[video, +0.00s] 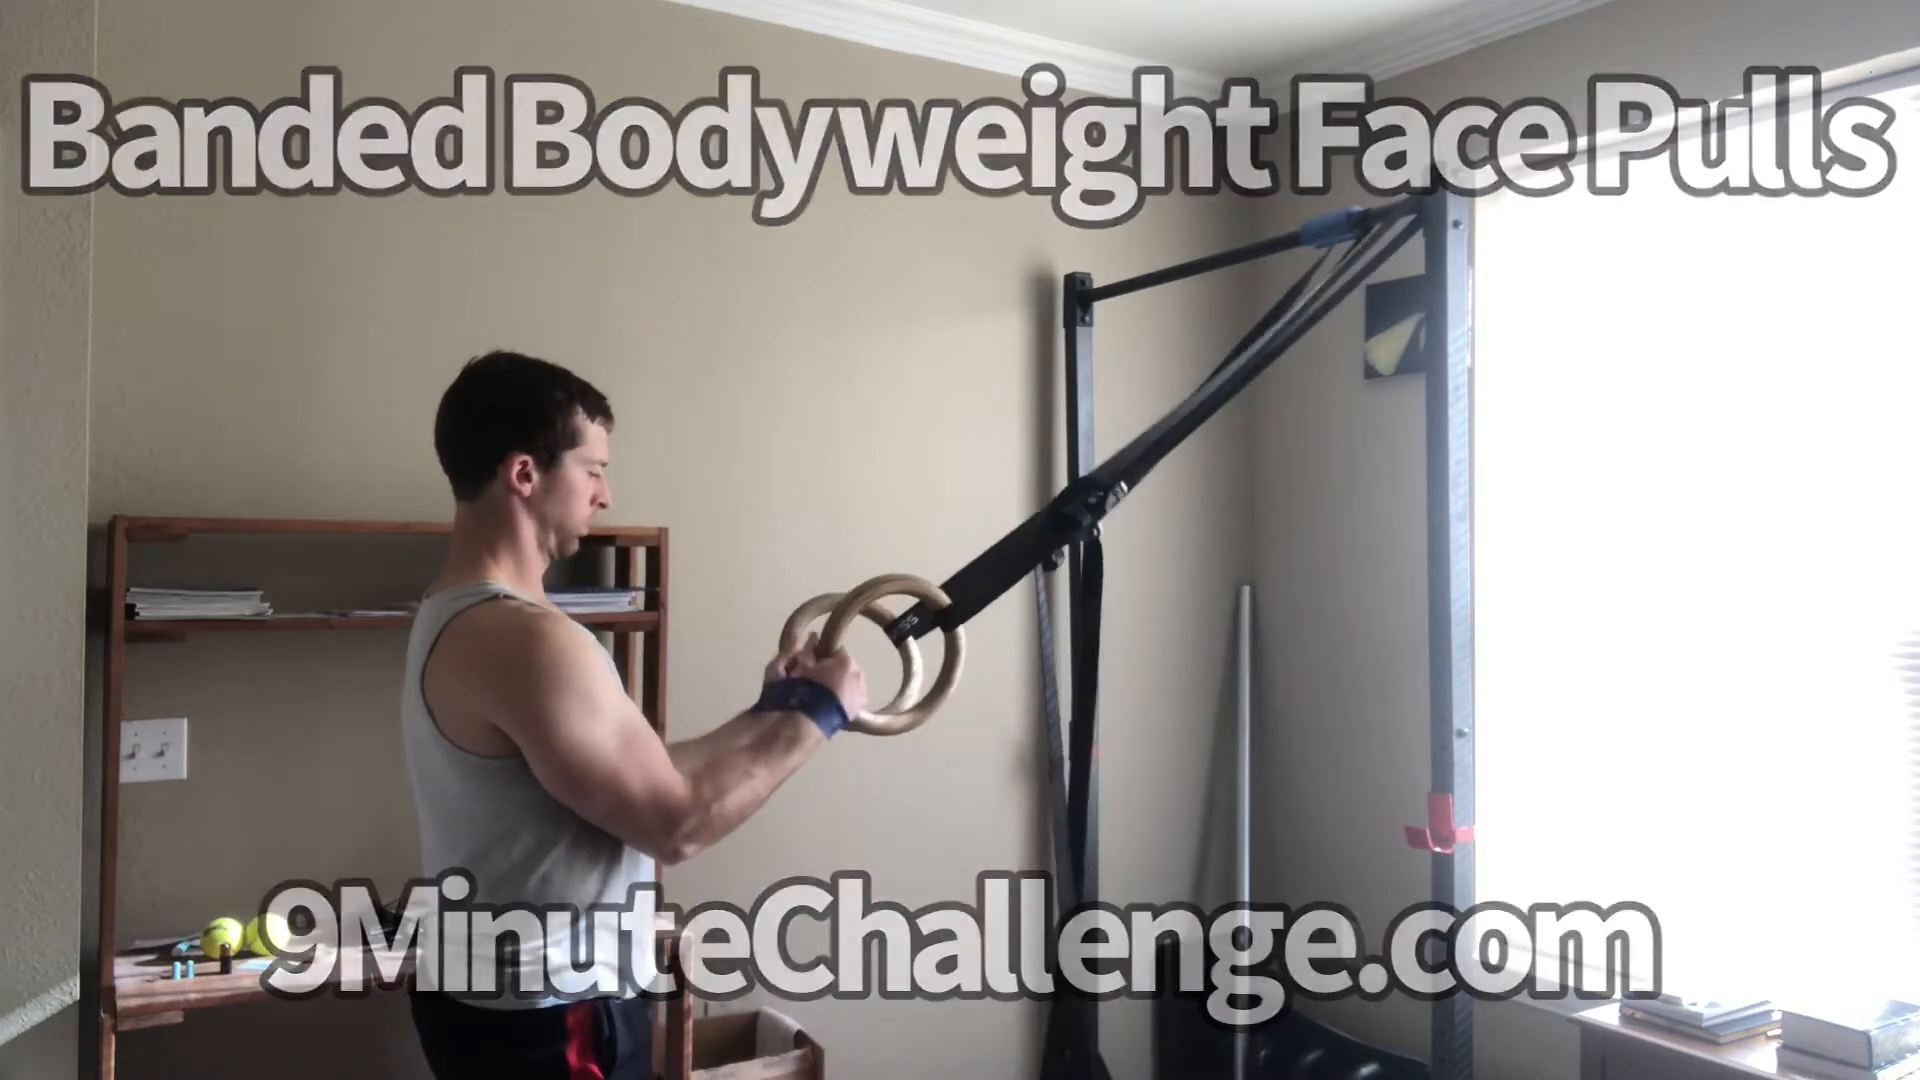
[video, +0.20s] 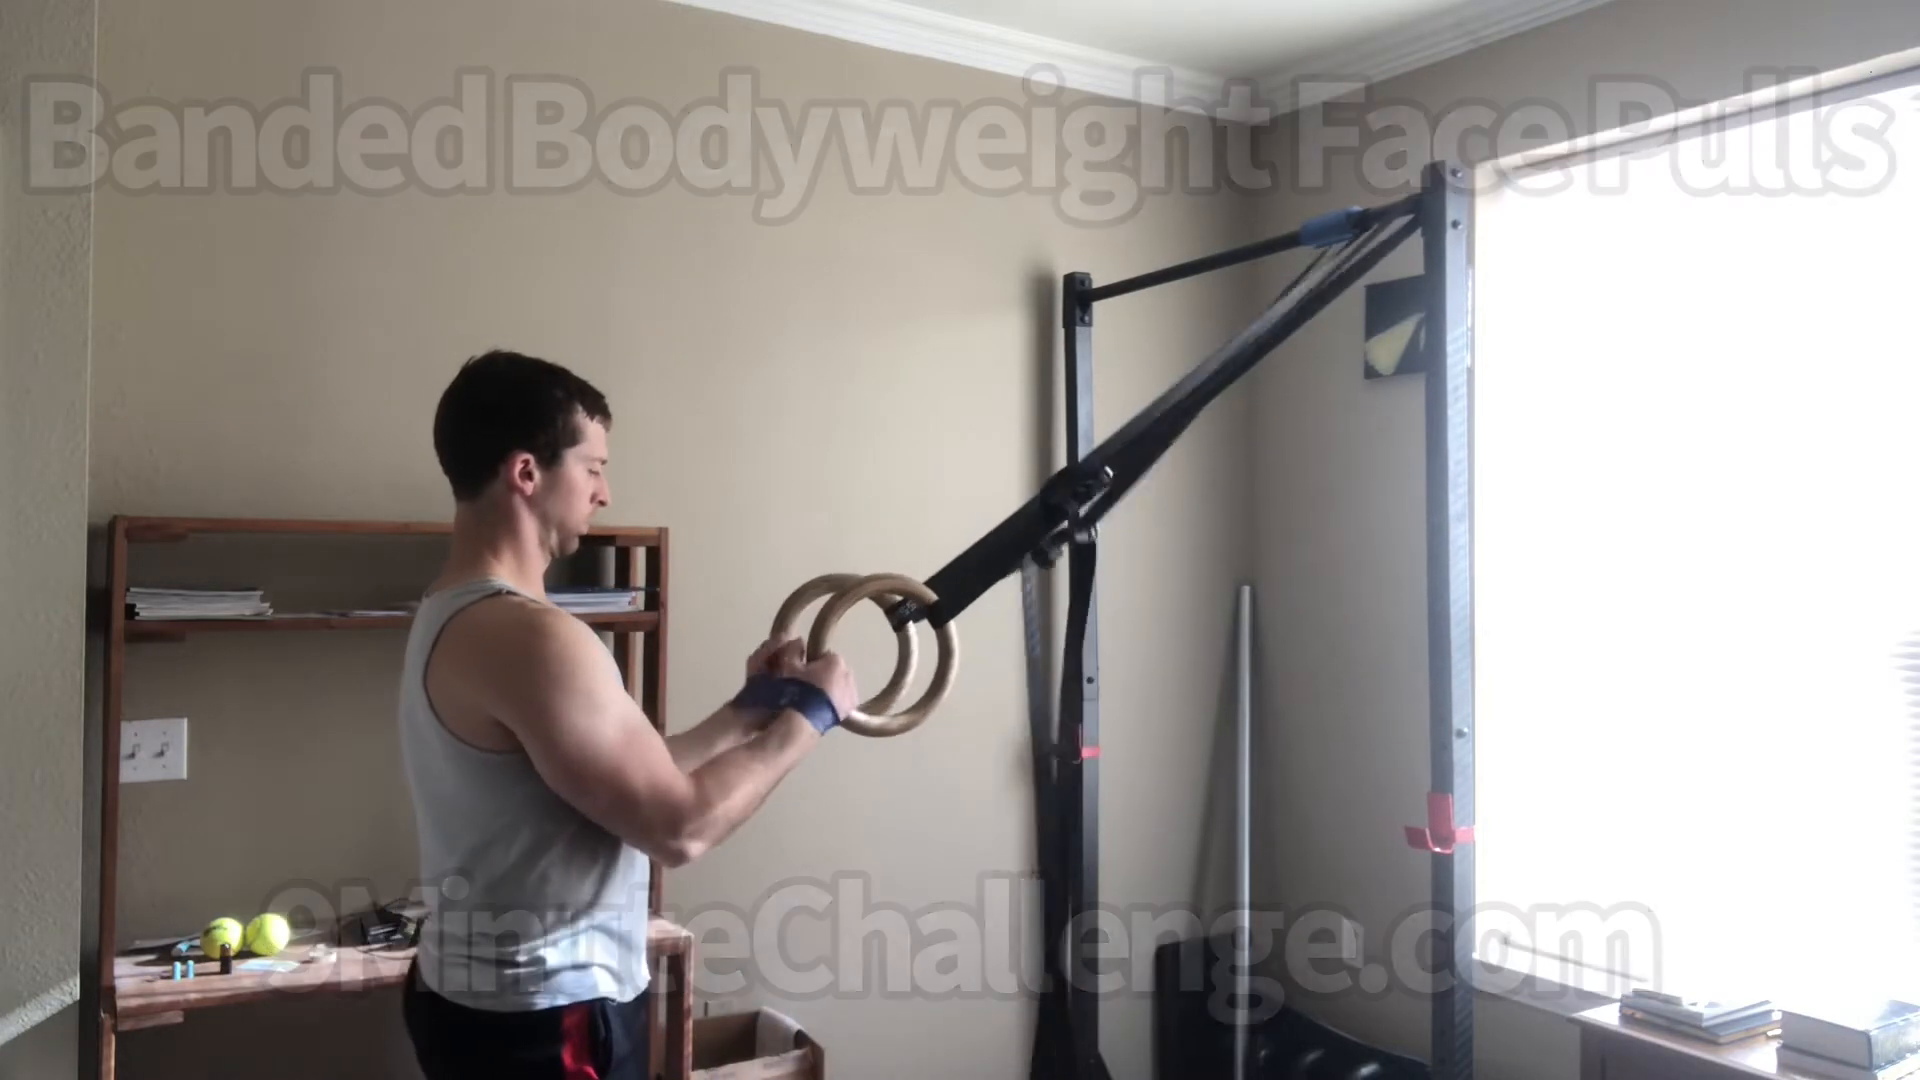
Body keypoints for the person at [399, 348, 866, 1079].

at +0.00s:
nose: (604, 495)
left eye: (603, 472)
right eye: (592, 470)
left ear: (522, 478)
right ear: (523, 474)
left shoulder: (457, 617)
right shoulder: (527, 643)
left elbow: (636, 776)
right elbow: (675, 824)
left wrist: (764, 715)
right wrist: (814, 715)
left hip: (498, 1003)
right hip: (551, 1018)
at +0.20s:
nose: (604, 493)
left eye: (602, 471)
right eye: (591, 469)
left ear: (521, 478)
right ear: (525, 473)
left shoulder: (454, 615)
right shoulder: (531, 639)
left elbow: (626, 778)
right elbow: (680, 827)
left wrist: (747, 707)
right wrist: (809, 715)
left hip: (481, 1003)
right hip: (548, 1020)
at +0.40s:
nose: (603, 493)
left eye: (602, 471)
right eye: (590, 469)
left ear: (522, 477)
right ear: (524, 473)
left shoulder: (451, 615)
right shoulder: (529, 640)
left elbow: (619, 775)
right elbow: (701, 816)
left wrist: (743, 697)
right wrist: (821, 706)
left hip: (478, 1001)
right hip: (548, 1023)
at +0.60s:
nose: (607, 491)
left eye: (604, 468)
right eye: (594, 466)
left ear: (524, 478)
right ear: (526, 473)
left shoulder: (455, 619)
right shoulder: (533, 642)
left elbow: (623, 771)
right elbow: (705, 822)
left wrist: (754, 705)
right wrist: (826, 716)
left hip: (485, 1003)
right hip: (555, 1024)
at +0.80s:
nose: (616, 488)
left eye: (613, 466)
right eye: (601, 465)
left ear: (530, 478)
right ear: (533, 473)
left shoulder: (467, 615)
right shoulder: (540, 644)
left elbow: (634, 776)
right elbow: (694, 835)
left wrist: (758, 697)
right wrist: (821, 711)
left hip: (492, 1005)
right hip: (559, 1026)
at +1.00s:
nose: (618, 486)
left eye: (614, 464)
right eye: (602, 462)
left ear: (530, 477)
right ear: (533, 472)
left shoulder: (469, 615)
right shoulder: (543, 642)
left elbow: (642, 777)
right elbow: (693, 830)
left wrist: (760, 691)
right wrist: (821, 703)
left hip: (493, 1012)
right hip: (560, 1032)